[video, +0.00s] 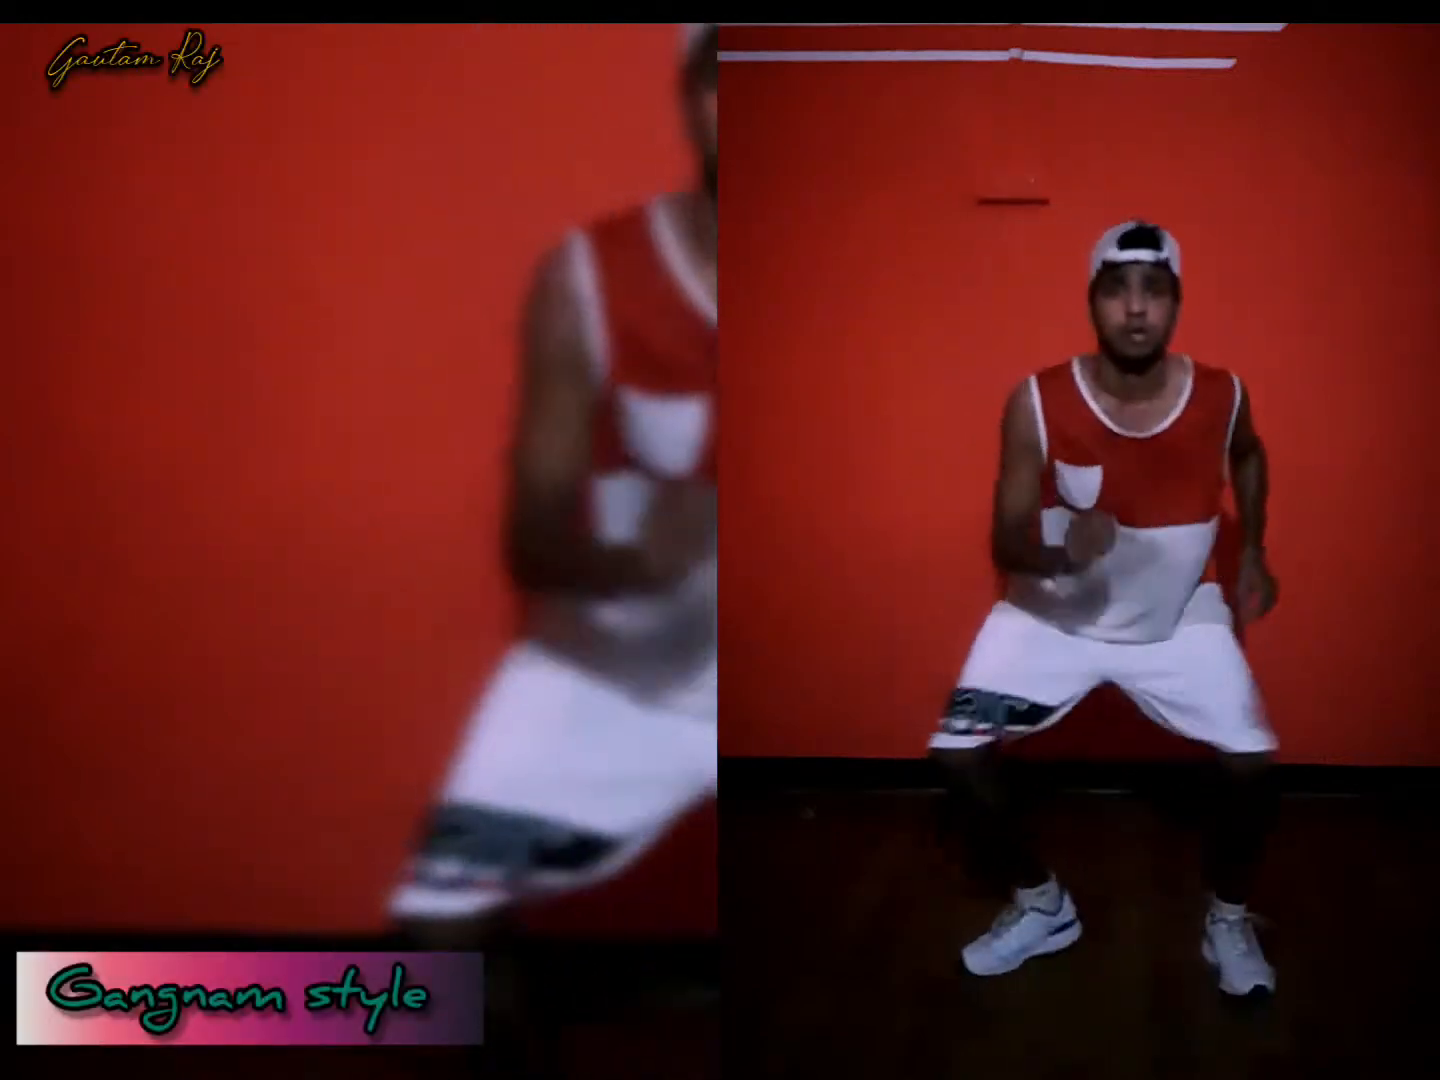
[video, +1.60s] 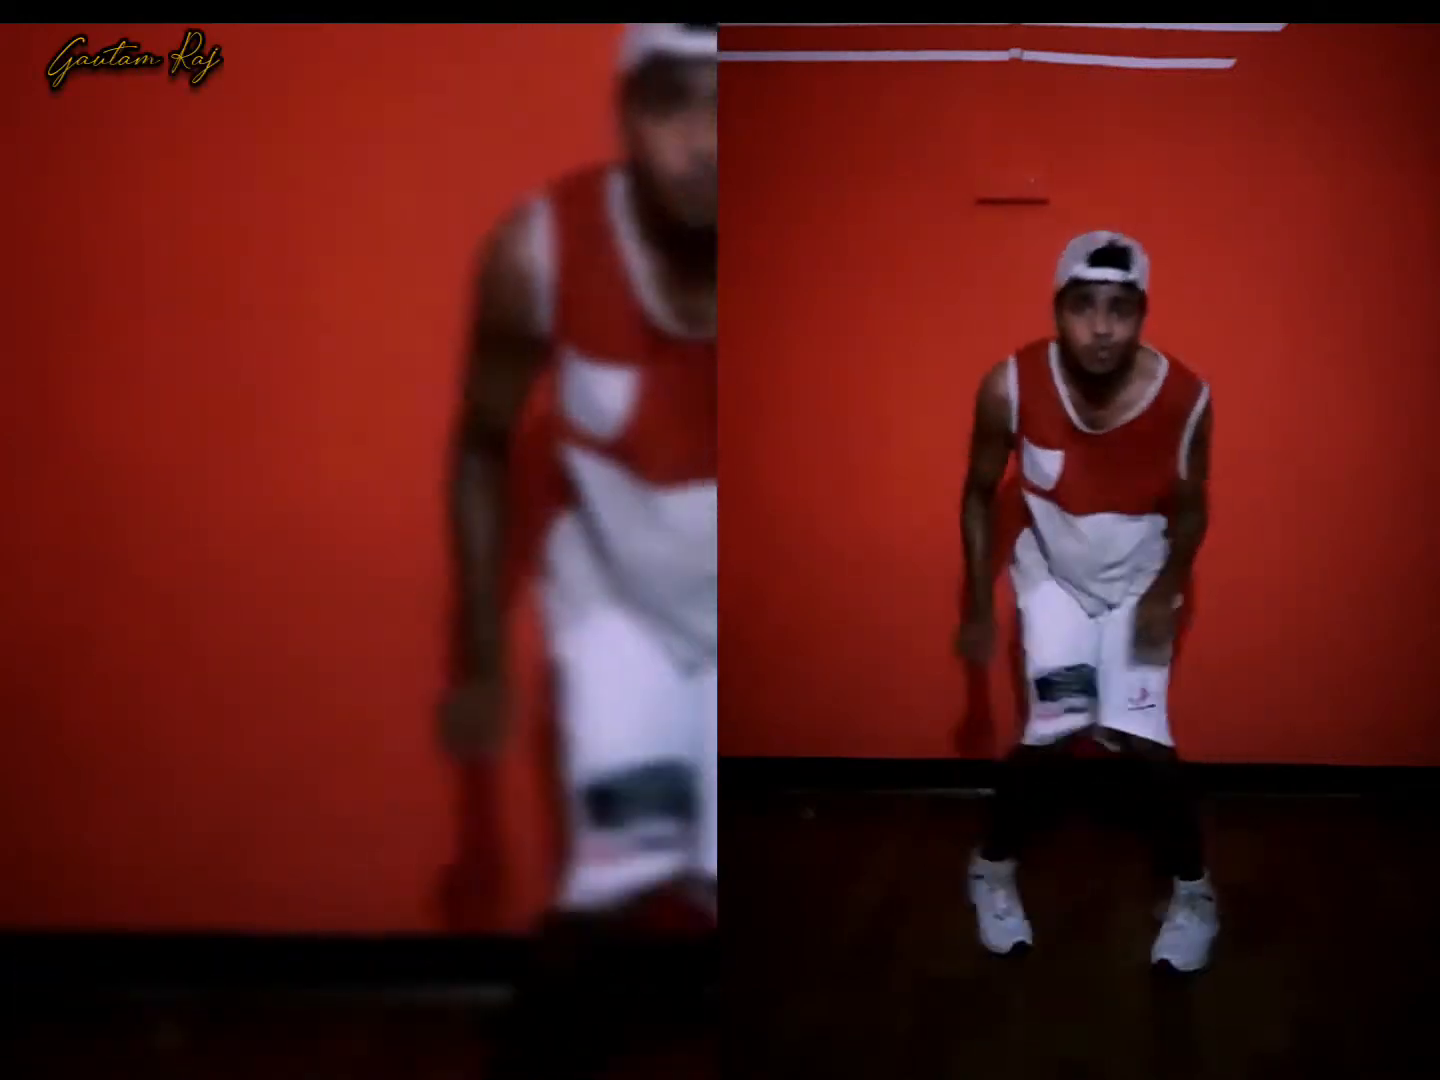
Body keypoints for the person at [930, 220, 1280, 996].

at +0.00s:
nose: (1136, 307)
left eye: (1154, 290)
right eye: (1118, 289)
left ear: (1177, 304)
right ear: (1092, 303)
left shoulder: (1220, 397)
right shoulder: (1037, 403)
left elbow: (1247, 459)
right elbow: (1009, 545)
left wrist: (1252, 550)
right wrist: (1062, 551)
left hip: (1180, 620)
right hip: (1053, 616)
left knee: (1250, 761)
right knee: (961, 753)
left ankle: (1228, 916)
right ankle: (1039, 905)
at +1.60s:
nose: (1102, 329)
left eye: (1120, 311)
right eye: (1084, 310)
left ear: (1142, 318)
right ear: (1058, 316)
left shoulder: (1183, 399)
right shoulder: (1012, 390)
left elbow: (1191, 506)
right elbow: (980, 494)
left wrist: (1169, 589)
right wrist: (978, 607)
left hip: (1144, 580)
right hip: (1050, 576)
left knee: (1139, 734)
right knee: (1055, 727)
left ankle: (1191, 893)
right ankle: (994, 872)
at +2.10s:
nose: (1074, 313)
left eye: (1092, 296)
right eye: (1057, 295)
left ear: (1116, 306)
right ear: (1032, 303)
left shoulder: (1149, 385)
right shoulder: (984, 377)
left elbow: (1128, 517)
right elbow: (1011, 458)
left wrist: (1092, 632)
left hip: (1131, 565)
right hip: (1038, 563)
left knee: (1157, 734)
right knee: (1030, 727)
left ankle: (1191, 888)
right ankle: (982, 874)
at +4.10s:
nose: (1042, 390)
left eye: (1054, 372)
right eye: (1037, 373)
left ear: (1109, 359)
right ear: (1109, 359)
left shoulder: (1137, 453)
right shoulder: (1145, 403)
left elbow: (1203, 579)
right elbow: (1127, 507)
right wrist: (1081, 583)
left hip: (1261, 623)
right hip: (1191, 594)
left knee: (1238, 820)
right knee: (1098, 722)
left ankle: (1369, 939)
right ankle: (1102, 907)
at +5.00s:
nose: (1081, 306)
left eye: (1101, 290)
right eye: (1067, 288)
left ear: (1128, 304)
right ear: (1049, 301)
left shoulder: (1142, 417)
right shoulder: (1073, 383)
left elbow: (1140, 552)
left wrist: (1062, 441)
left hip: (1211, 638)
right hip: (1119, 619)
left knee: (1308, 806)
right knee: (1029, 771)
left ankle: (1426, 945)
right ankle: (1095, 907)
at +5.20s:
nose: (1070, 292)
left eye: (1089, 275)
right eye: (1056, 273)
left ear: (1116, 287)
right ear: (1036, 283)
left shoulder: (1165, 377)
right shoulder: (1017, 375)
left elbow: (1224, 518)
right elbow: (1013, 473)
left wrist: (1163, 624)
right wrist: (1041, 544)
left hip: (1181, 572)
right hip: (1086, 572)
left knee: (1180, 771)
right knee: (1036, 747)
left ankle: (1295, 876)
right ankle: (1093, 906)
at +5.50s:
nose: (1089, 302)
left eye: (1107, 284)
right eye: (1074, 284)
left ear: (1138, 293)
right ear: (1058, 295)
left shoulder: (1202, 359)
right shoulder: (1037, 401)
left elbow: (1260, 390)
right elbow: (1039, 556)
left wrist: (1242, 499)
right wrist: (1066, 445)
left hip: (1113, 628)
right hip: (1023, 606)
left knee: (1064, 800)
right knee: (979, 757)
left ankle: (1034, 863)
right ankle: (1087, 899)